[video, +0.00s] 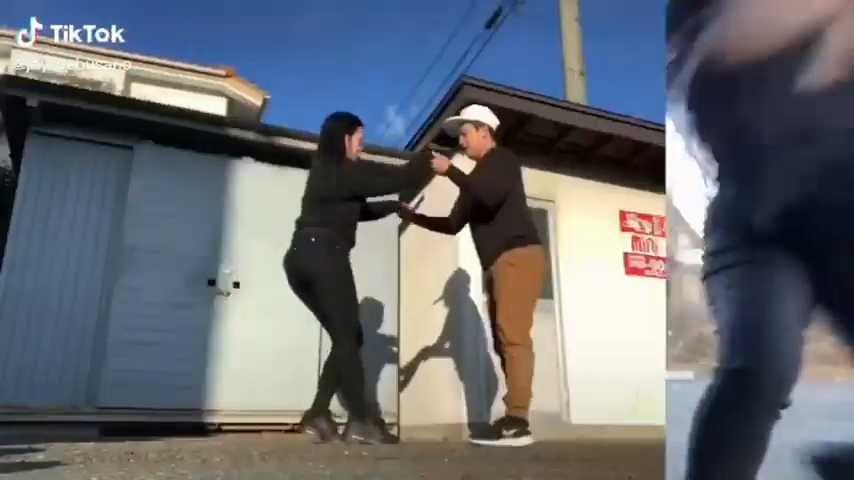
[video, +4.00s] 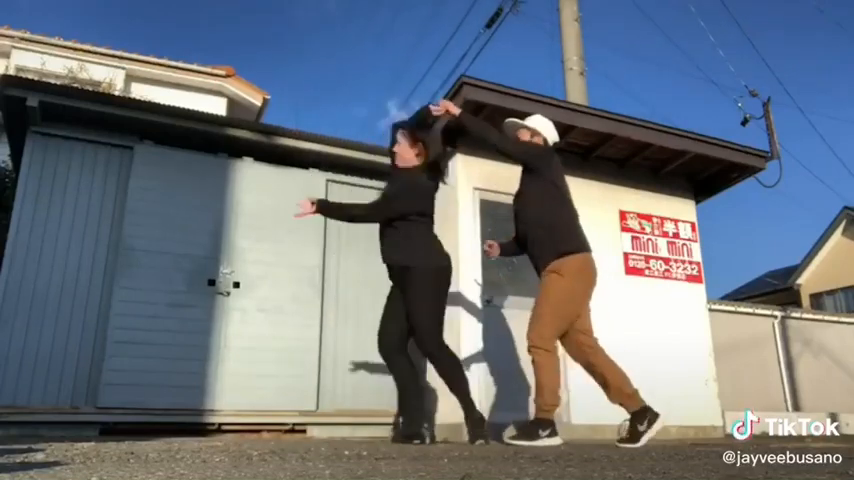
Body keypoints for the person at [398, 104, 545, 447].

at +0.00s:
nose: (461, 141)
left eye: (466, 133)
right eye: (460, 135)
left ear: (485, 131)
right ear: (475, 135)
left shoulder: (500, 159)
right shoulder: (478, 176)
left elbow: (486, 196)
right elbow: (452, 225)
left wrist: (451, 171)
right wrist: (414, 216)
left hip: (518, 256)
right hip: (498, 262)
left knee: (514, 337)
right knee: (504, 340)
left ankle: (516, 419)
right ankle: (514, 418)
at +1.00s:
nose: (465, 159)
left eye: (467, 152)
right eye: (463, 154)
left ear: (485, 146)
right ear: (482, 150)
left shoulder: (505, 170)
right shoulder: (487, 187)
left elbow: (515, 211)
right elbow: (461, 237)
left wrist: (470, 211)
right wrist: (423, 225)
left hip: (501, 270)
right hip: (503, 272)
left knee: (458, 331)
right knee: (483, 343)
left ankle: (514, 385)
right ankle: (481, 420)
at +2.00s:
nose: (504, 164)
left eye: (505, 156)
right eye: (501, 159)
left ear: (524, 148)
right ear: (517, 154)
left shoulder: (549, 173)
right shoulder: (526, 190)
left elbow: (570, 214)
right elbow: (520, 238)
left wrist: (528, 213)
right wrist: (490, 230)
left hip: (576, 268)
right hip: (547, 277)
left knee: (581, 344)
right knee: (528, 333)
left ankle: (601, 422)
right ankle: (572, 394)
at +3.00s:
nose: (446, 160)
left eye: (447, 152)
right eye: (443, 154)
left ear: (465, 145)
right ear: (459, 149)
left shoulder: (487, 172)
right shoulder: (469, 187)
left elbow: (487, 217)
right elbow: (452, 241)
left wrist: (441, 215)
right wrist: (417, 233)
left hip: (489, 273)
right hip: (468, 273)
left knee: (459, 344)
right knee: (440, 341)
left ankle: (426, 420)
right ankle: (484, 411)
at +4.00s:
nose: (517, 136)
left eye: (524, 132)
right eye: (518, 131)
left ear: (541, 139)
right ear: (527, 137)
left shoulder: (542, 159)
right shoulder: (527, 185)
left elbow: (502, 141)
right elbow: (529, 240)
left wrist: (458, 115)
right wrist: (502, 248)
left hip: (569, 266)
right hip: (564, 269)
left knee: (540, 340)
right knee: (581, 345)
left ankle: (544, 423)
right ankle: (640, 411)